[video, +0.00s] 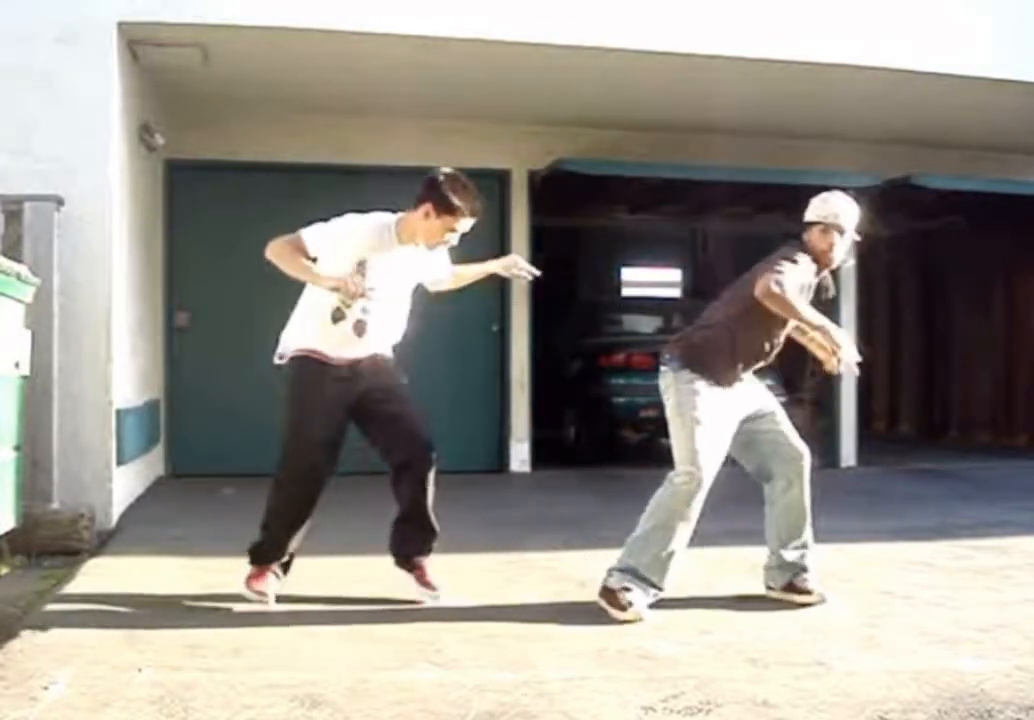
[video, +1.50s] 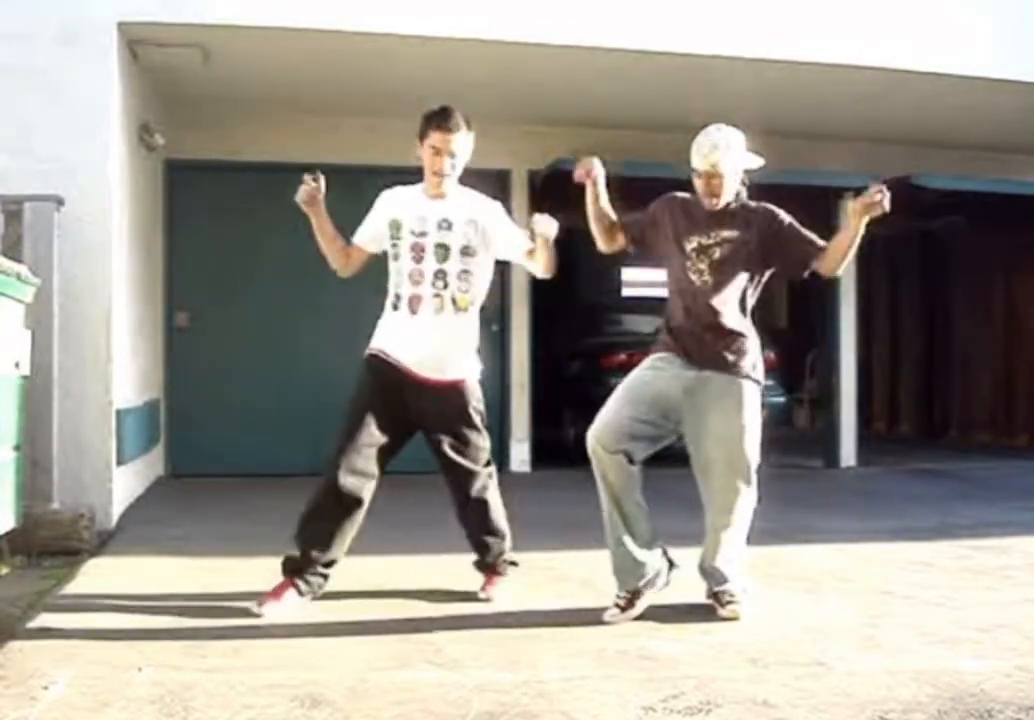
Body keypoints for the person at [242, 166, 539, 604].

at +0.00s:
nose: (448, 241)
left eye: (455, 234)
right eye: (448, 230)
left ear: (437, 216)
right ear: (425, 210)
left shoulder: (430, 251)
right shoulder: (361, 229)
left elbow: (441, 281)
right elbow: (278, 250)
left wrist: (495, 267)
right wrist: (327, 279)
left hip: (373, 364)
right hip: (318, 362)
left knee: (417, 453)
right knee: (307, 465)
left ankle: (413, 554)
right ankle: (266, 564)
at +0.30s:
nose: (406, 219)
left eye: (416, 211)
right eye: (400, 206)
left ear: (424, 214)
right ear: (377, 198)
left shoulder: (420, 266)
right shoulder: (329, 250)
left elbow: (441, 346)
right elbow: (301, 334)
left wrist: (389, 352)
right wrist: (331, 285)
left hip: (391, 396)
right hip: (330, 393)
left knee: (430, 485)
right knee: (310, 484)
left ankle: (427, 574)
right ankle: (272, 580)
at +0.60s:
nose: (342, 145)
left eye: (352, 137)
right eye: (335, 136)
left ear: (373, 142)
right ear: (327, 140)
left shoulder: (383, 197)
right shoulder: (310, 198)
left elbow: (376, 258)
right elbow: (264, 263)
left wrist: (299, 257)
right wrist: (298, 226)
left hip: (365, 366)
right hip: (309, 362)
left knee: (383, 477)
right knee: (271, 472)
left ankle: (428, 573)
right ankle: (267, 574)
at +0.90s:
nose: (342, 125)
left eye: (352, 117)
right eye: (335, 116)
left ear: (370, 124)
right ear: (323, 122)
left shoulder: (386, 183)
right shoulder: (307, 186)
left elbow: (390, 258)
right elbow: (293, 270)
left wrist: (317, 242)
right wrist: (286, 246)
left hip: (366, 349)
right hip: (307, 342)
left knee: (383, 470)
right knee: (274, 453)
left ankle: (419, 564)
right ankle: (269, 565)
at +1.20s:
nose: (413, 133)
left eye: (423, 125)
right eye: (406, 122)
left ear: (433, 128)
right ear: (385, 121)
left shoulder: (449, 182)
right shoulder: (362, 175)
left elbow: (502, 244)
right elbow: (317, 228)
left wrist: (490, 190)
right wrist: (289, 189)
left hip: (417, 341)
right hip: (358, 334)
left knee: (437, 463)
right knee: (325, 450)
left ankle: (478, 544)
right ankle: (290, 566)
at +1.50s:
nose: (443, 162)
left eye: (453, 153)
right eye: (435, 150)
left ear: (467, 155)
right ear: (420, 148)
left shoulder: (484, 212)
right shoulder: (394, 203)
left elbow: (542, 267)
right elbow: (346, 262)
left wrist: (545, 240)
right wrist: (316, 213)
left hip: (454, 370)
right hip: (391, 360)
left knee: (474, 478)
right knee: (351, 472)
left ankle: (496, 568)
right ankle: (303, 580)